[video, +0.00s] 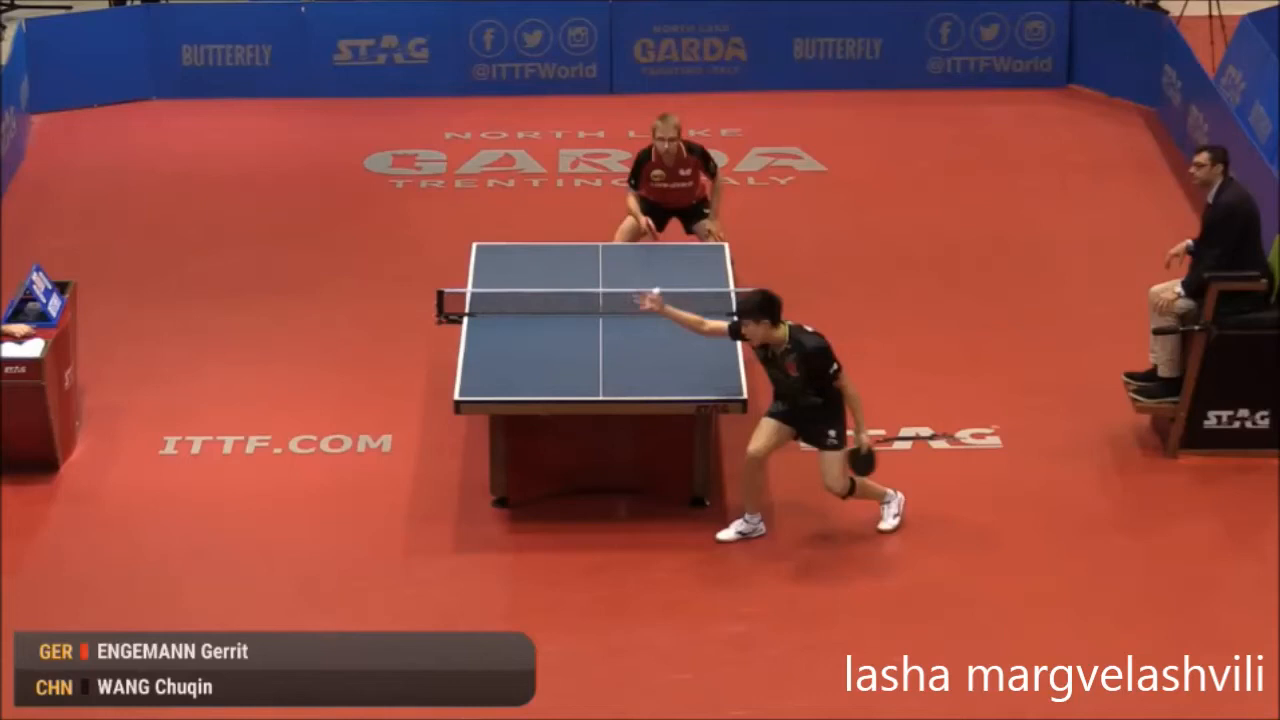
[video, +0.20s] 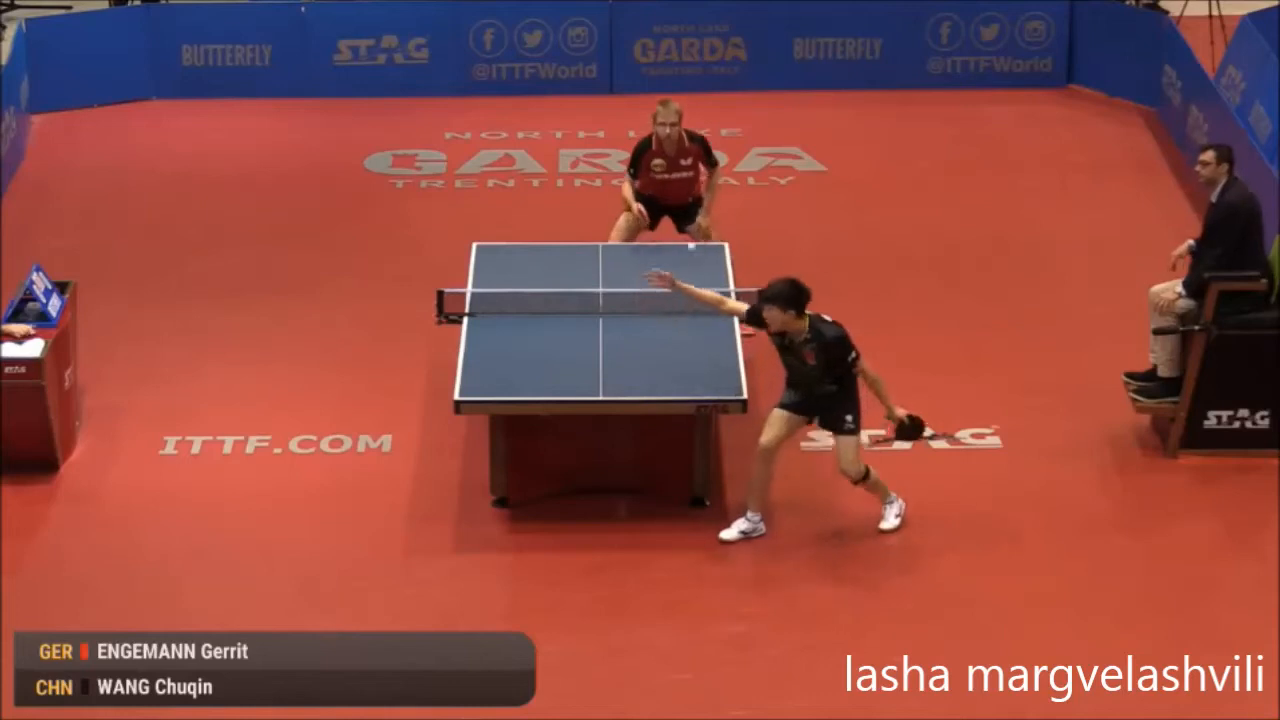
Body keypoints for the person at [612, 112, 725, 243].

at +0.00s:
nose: (666, 147)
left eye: (671, 140)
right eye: (661, 140)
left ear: (679, 138)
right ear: (653, 139)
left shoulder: (696, 153)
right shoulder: (644, 157)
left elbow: (715, 178)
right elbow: (631, 194)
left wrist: (713, 218)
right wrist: (640, 217)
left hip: (691, 206)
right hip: (654, 206)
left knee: (717, 245)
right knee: (620, 242)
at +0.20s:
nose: (668, 131)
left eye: (673, 125)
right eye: (662, 125)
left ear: (680, 125)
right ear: (654, 125)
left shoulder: (697, 143)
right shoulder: (644, 146)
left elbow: (713, 170)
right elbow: (628, 181)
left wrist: (705, 212)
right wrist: (633, 204)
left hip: (686, 202)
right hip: (650, 202)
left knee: (706, 237)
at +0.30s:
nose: (657, 129)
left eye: (663, 123)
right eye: (652, 123)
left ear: (670, 124)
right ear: (643, 125)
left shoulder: (687, 145)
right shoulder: (634, 148)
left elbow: (704, 174)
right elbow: (614, 183)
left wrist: (690, 210)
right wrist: (618, 204)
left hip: (676, 208)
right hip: (639, 208)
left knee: (699, 245)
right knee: (608, 244)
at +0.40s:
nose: (642, 132)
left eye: (646, 126)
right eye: (636, 126)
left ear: (653, 126)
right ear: (628, 128)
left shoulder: (671, 148)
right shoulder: (619, 153)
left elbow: (689, 178)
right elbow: (594, 189)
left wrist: (673, 210)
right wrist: (599, 208)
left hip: (665, 212)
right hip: (628, 213)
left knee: (689, 252)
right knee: (600, 247)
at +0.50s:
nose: (612, 129)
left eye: (617, 123)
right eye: (607, 124)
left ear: (623, 123)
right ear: (597, 124)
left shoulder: (636, 146)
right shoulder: (586, 152)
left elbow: (647, 169)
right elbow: (558, 193)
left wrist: (641, 192)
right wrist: (572, 216)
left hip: (630, 214)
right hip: (594, 215)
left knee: (665, 253)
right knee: (574, 255)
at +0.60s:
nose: (597, 127)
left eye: (602, 120)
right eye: (591, 121)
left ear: (608, 120)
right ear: (581, 121)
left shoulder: (619, 140)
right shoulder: (570, 148)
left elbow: (628, 161)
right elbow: (540, 190)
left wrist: (623, 179)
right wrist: (557, 216)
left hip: (609, 208)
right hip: (574, 210)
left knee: (640, 248)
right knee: (556, 254)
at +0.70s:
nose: (579, 127)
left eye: (583, 121)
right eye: (573, 121)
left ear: (589, 120)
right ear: (563, 122)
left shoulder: (600, 137)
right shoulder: (553, 145)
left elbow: (611, 158)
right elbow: (522, 189)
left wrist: (603, 173)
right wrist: (539, 219)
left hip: (582, 206)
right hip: (547, 207)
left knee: (615, 251)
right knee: (529, 254)